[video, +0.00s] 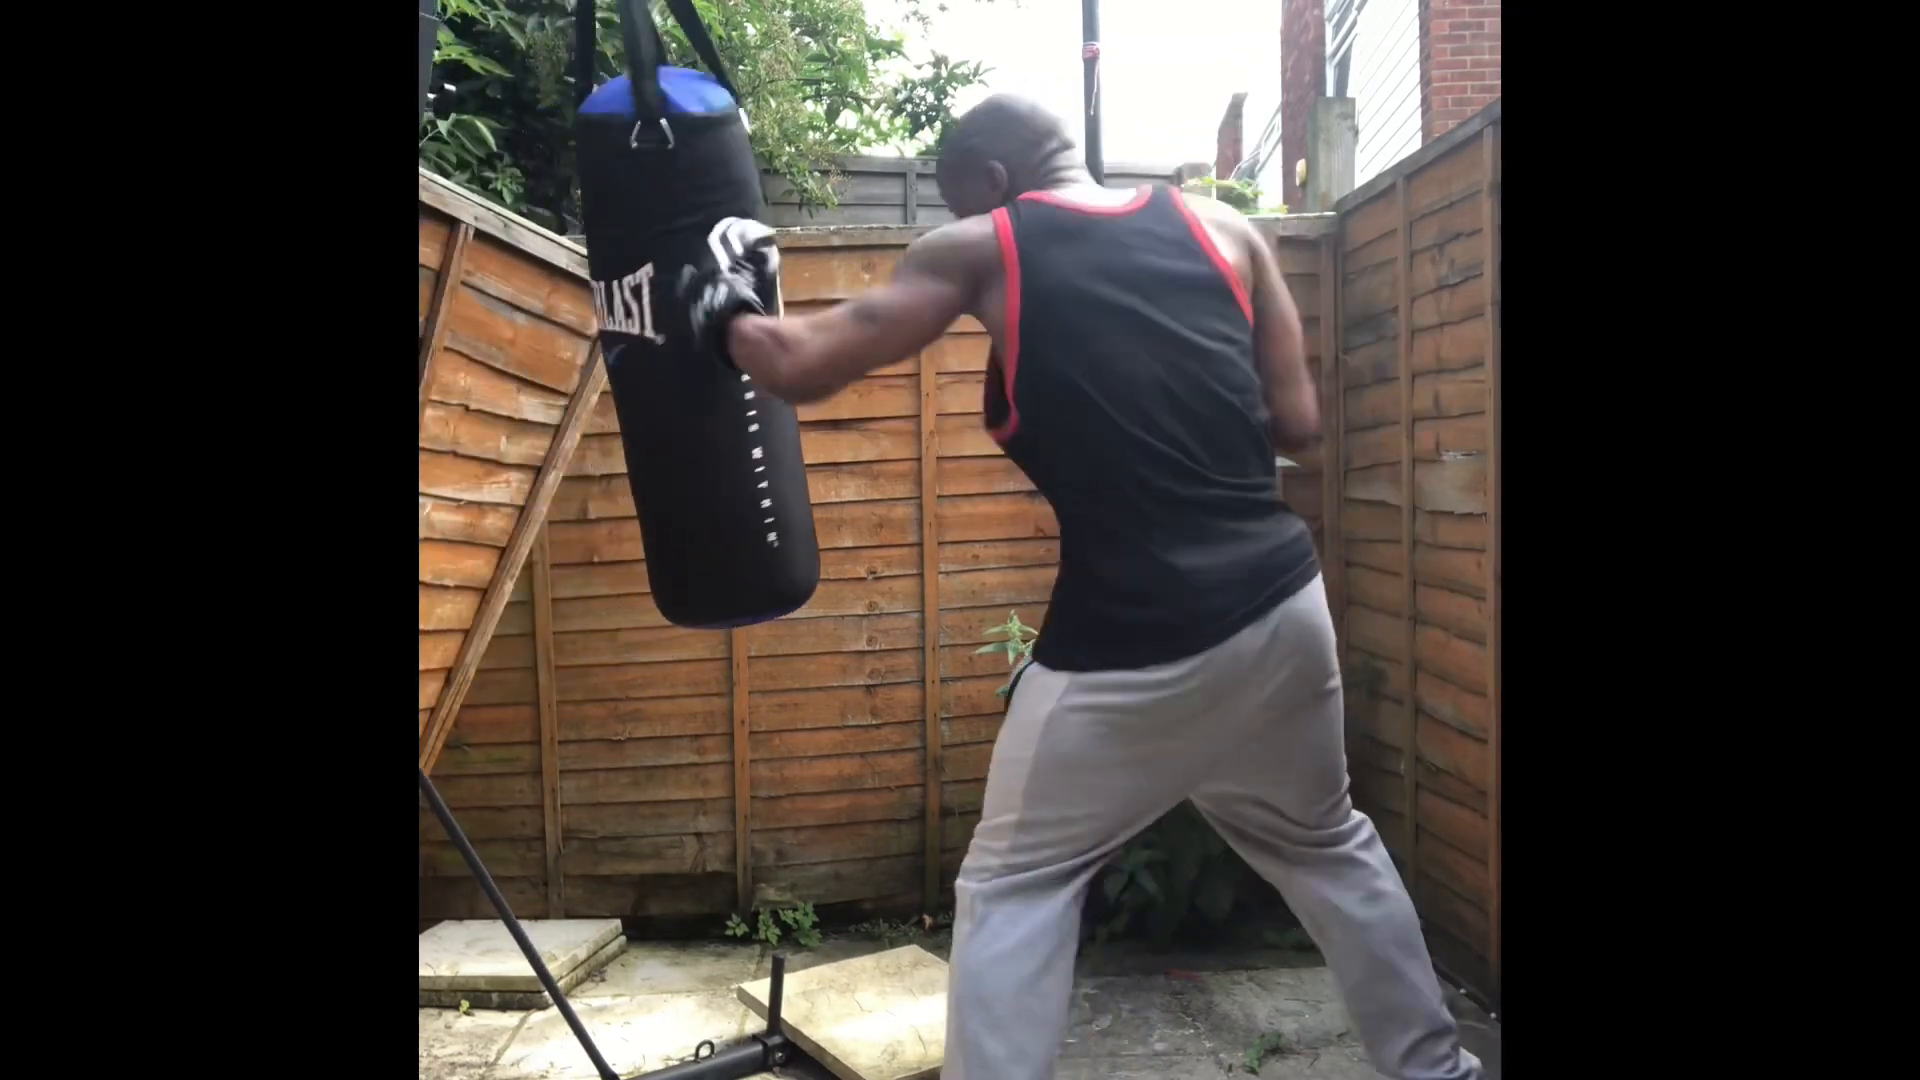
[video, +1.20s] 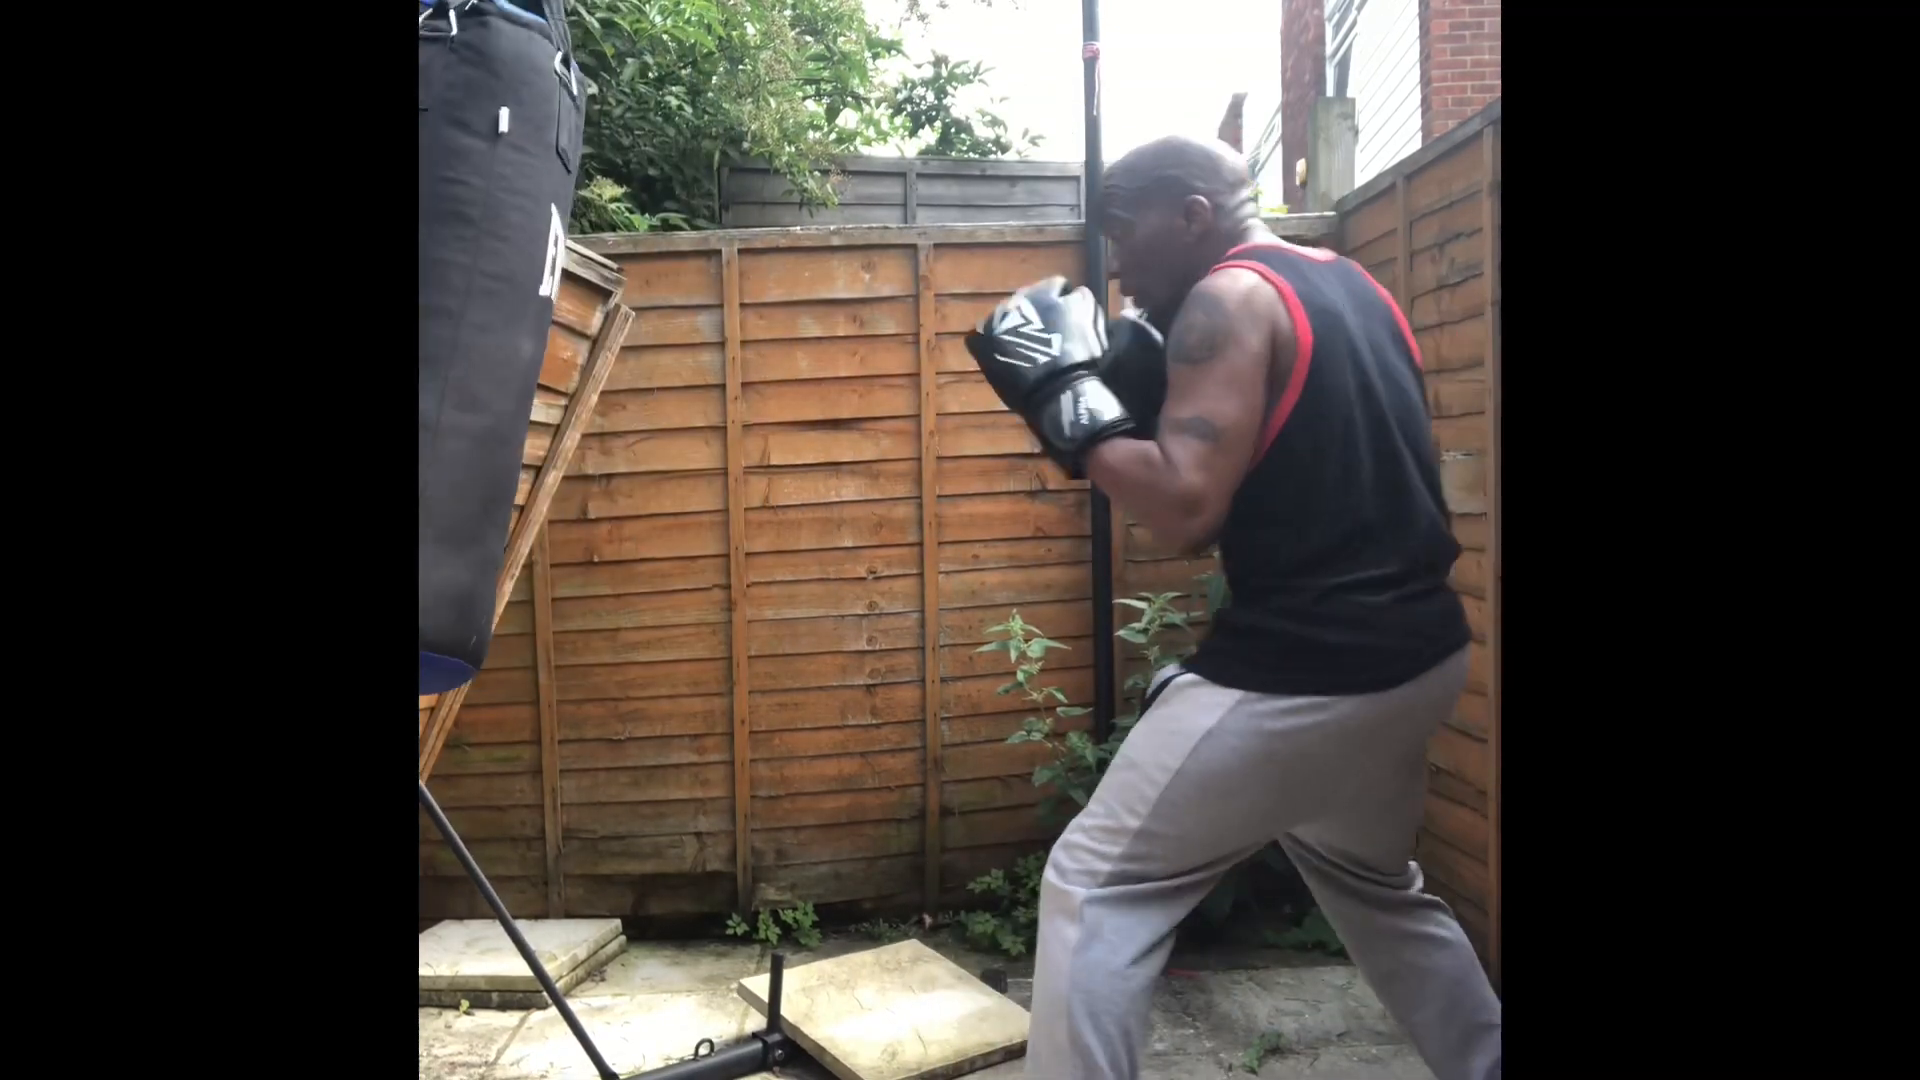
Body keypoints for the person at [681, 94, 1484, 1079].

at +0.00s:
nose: (962, 219)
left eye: (959, 203)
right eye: (957, 203)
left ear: (982, 182)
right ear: (1063, 155)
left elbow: (795, 364)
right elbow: (1300, 421)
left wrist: (717, 304)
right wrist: (1175, 391)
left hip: (1122, 630)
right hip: (1280, 604)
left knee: (1013, 886)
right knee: (1325, 838)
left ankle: (993, 1075)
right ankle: (1437, 1065)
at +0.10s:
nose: (942, 306)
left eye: (942, 285)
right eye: (936, 290)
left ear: (973, 244)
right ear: (1041, 217)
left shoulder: (998, 286)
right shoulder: (1174, 281)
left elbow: (900, 475)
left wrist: (811, 397)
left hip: (1115, 675)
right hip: (1274, 648)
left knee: (963, 906)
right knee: (1308, 877)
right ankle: (1450, 1071)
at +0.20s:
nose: (934, 381)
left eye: (934, 357)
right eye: (926, 364)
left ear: (978, 315)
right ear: (1031, 287)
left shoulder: (1021, 331)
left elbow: (974, 540)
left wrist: (865, 437)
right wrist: (877, 441)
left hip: (1145, 701)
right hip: (1293, 678)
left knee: (961, 911)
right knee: (1283, 880)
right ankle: (1458, 1063)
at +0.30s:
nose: (973, 408)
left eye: (972, 381)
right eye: (961, 390)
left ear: (1016, 334)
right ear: (1066, 312)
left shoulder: (1062, 356)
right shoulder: (1158, 368)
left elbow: (1005, 563)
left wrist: (904, 455)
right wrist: (924, 452)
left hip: (1176, 733)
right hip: (1322, 713)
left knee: (965, 916)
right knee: (1307, 904)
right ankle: (1468, 1068)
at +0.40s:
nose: (1022, 360)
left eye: (1027, 331)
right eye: (1019, 337)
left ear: (1092, 301)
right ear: (1120, 294)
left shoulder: (1133, 346)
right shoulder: (1234, 349)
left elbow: (1087, 543)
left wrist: (974, 453)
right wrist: (1053, 439)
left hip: (1208, 730)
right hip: (1353, 715)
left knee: (1005, 912)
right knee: (1331, 909)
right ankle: (1474, 1068)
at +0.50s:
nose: (1102, 295)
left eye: (1109, 265)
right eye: (1098, 270)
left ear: (1172, 247)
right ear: (1211, 245)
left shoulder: (1206, 313)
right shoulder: (1330, 315)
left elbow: (1208, 508)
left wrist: (1078, 453)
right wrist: (1142, 425)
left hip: (1252, 699)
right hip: (1393, 683)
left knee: (1071, 916)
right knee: (1371, 892)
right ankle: (1485, 1062)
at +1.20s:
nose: (1117, 269)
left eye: (1122, 238)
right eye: (1110, 244)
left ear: (1196, 215)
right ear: (1211, 216)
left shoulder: (1229, 299)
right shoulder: (1350, 280)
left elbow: (1177, 511)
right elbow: (1308, 467)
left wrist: (1067, 403)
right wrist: (1163, 387)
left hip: (1291, 660)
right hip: (1416, 645)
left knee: (1096, 887)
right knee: (1371, 880)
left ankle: (1073, 1068)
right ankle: (1483, 1060)